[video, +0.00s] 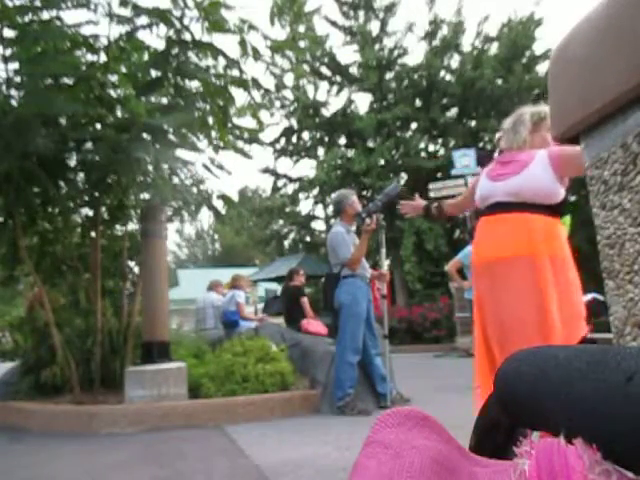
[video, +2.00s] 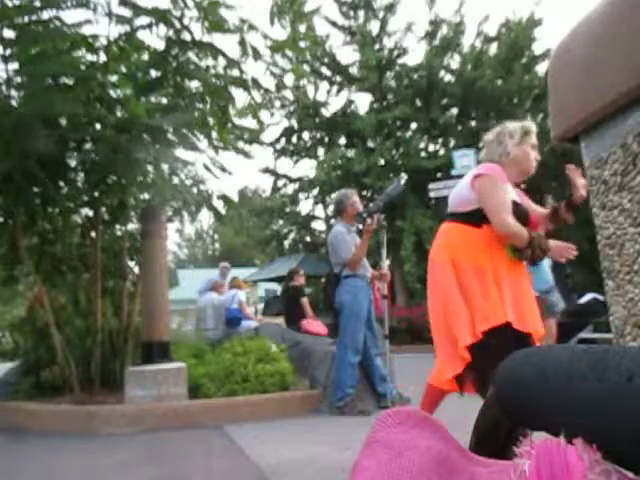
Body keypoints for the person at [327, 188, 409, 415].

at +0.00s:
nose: (360, 206)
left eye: (358, 201)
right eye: (356, 202)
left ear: (348, 207)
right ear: (347, 207)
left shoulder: (350, 233)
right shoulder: (337, 234)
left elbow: (357, 265)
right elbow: (352, 262)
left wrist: (374, 273)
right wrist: (366, 235)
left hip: (362, 284)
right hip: (350, 284)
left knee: (370, 344)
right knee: (350, 345)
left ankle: (386, 393)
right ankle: (344, 398)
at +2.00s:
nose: (361, 206)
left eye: (360, 202)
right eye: (356, 202)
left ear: (351, 207)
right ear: (346, 207)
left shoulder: (352, 232)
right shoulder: (338, 233)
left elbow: (358, 266)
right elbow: (353, 262)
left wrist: (375, 274)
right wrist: (367, 235)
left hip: (363, 285)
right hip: (351, 285)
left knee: (370, 344)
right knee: (351, 344)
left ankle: (386, 392)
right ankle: (344, 398)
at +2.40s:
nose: (361, 206)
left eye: (360, 202)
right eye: (357, 202)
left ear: (352, 207)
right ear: (347, 207)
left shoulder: (353, 232)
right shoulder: (339, 233)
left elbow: (358, 264)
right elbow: (353, 262)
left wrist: (374, 274)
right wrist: (367, 235)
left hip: (364, 284)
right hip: (351, 284)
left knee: (370, 341)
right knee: (351, 342)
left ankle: (383, 393)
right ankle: (344, 398)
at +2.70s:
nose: (362, 207)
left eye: (361, 203)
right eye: (357, 203)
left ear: (352, 207)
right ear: (347, 207)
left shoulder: (353, 232)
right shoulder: (339, 233)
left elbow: (358, 264)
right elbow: (353, 262)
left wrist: (374, 274)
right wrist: (368, 235)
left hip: (364, 283)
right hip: (351, 283)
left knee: (370, 343)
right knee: (351, 343)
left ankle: (385, 393)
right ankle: (343, 398)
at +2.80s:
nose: (362, 208)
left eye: (361, 204)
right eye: (357, 204)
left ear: (353, 208)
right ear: (347, 208)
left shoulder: (353, 232)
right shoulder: (339, 233)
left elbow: (359, 264)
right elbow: (353, 263)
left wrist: (375, 274)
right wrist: (368, 236)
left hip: (364, 283)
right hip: (351, 284)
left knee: (370, 343)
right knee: (351, 343)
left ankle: (385, 393)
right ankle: (344, 398)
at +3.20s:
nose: (362, 206)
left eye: (361, 202)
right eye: (358, 202)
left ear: (352, 206)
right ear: (347, 206)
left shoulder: (355, 230)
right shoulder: (338, 231)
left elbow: (359, 263)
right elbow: (351, 264)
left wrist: (374, 274)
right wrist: (360, 239)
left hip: (364, 283)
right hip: (349, 283)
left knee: (370, 343)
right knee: (350, 344)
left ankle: (385, 393)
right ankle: (345, 398)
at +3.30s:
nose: (362, 207)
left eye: (361, 202)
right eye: (358, 203)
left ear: (353, 207)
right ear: (347, 207)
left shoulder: (356, 231)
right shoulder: (337, 233)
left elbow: (360, 262)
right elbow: (350, 261)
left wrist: (374, 274)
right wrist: (361, 238)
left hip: (364, 283)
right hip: (350, 283)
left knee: (371, 342)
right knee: (349, 344)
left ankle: (385, 393)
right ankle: (343, 398)